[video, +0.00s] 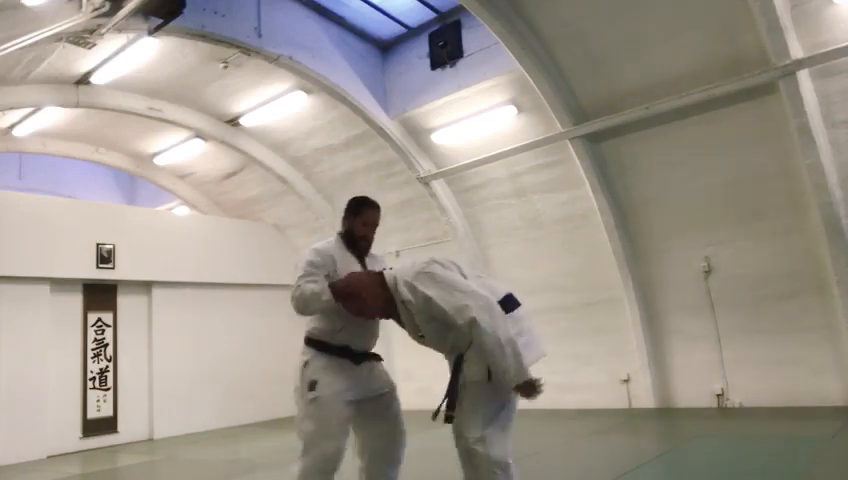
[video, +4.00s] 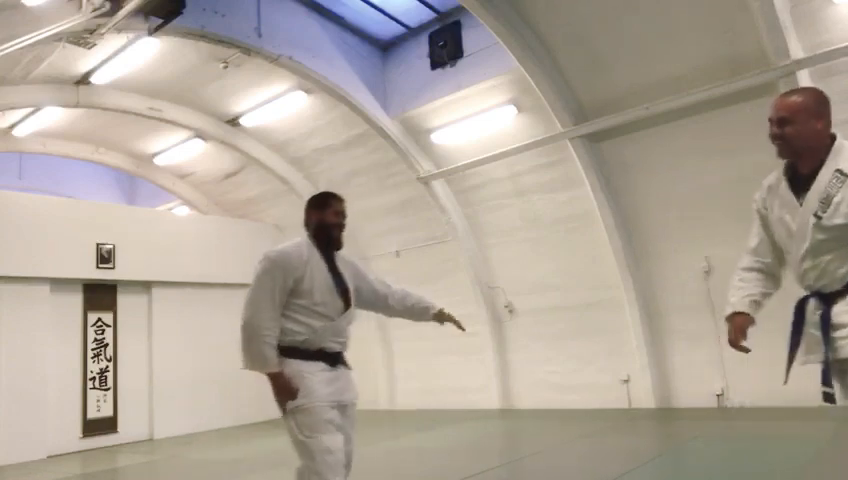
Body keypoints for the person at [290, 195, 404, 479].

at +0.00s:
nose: (371, 233)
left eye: (375, 227)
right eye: (365, 225)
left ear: (377, 227)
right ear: (347, 221)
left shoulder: (378, 263)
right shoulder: (322, 254)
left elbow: (391, 302)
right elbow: (301, 299)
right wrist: (344, 290)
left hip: (366, 363)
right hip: (325, 363)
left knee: (387, 444)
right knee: (324, 451)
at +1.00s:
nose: (370, 227)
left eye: (373, 221)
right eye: (366, 220)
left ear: (374, 219)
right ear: (346, 215)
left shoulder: (378, 248)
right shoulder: (322, 246)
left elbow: (404, 278)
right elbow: (327, 287)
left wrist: (417, 301)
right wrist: (377, 289)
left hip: (378, 332)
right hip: (344, 336)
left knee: (380, 411)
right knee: (402, 360)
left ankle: (377, 466)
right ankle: (372, 459)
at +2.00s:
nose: (394, 200)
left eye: (396, 192)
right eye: (390, 191)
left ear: (368, 187)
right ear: (364, 185)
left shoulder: (388, 228)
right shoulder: (349, 223)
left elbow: (423, 272)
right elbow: (410, 265)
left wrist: (485, 286)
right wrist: (481, 275)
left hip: (396, 346)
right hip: (354, 351)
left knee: (457, 381)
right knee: (376, 460)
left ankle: (390, 454)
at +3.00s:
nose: (513, 197)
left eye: (515, 191)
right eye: (506, 190)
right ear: (485, 186)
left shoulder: (501, 252)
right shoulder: (461, 206)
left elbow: (519, 287)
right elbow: (520, 196)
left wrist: (559, 265)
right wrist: (569, 176)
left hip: (485, 348)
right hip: (446, 338)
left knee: (509, 449)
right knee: (445, 458)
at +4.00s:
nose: (342, 222)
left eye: (343, 216)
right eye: (335, 215)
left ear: (343, 221)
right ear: (310, 219)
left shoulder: (344, 266)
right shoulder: (284, 260)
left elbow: (382, 295)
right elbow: (258, 320)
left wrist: (432, 312)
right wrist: (274, 374)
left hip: (337, 372)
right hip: (300, 373)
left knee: (340, 463)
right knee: (325, 464)